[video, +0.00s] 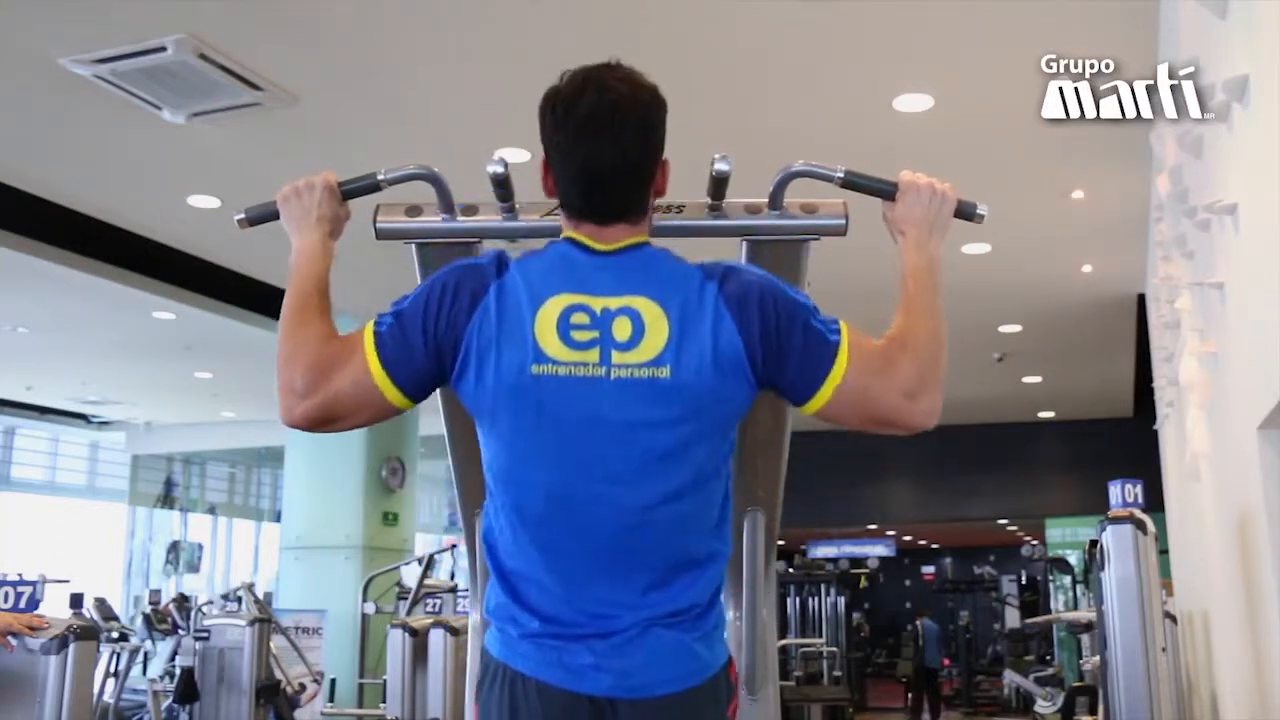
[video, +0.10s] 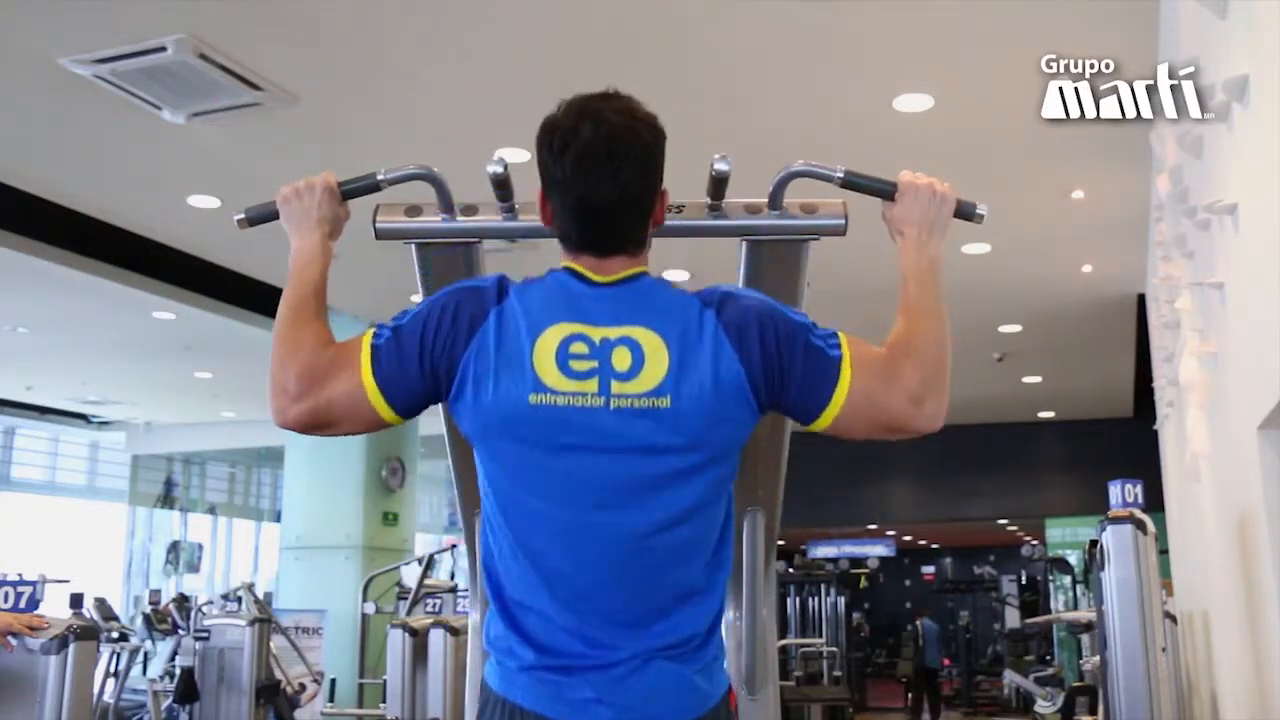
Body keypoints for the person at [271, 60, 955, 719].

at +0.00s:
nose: (664, 168)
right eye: (662, 157)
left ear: (545, 179)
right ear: (663, 179)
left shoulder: (478, 299)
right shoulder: (734, 304)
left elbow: (306, 397)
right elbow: (910, 399)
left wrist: (310, 241)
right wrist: (921, 242)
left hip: (527, 679)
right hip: (680, 680)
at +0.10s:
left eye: (540, 183)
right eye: (661, 186)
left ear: (542, 206)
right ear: (662, 207)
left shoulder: (477, 322)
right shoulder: (734, 330)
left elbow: (299, 397)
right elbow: (916, 401)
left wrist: (309, 245)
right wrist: (922, 244)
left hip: (526, 693)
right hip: (683, 693)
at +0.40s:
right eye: (660, 283)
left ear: (542, 306)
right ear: (663, 307)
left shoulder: (473, 408)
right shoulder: (732, 423)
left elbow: (297, 401)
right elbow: (913, 407)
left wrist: (310, 246)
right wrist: (920, 246)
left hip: (523, 711)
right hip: (682, 712)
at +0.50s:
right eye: (661, 325)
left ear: (540, 348)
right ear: (662, 350)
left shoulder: (472, 439)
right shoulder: (731, 456)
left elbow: (303, 403)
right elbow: (906, 409)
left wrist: (311, 245)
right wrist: (920, 244)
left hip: (522, 708)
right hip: (685, 709)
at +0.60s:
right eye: (662, 352)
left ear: (538, 376)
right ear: (662, 379)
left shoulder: (471, 474)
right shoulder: (729, 491)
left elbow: (311, 403)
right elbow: (895, 410)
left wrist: (311, 243)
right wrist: (920, 245)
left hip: (514, 707)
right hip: (685, 708)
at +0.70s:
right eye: (663, 381)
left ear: (536, 408)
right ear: (663, 412)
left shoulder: (475, 500)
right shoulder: (725, 516)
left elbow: (321, 404)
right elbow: (882, 410)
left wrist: (311, 243)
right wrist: (916, 246)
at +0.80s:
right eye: (664, 408)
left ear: (539, 436)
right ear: (665, 441)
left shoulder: (478, 524)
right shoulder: (725, 544)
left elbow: (330, 405)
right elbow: (870, 409)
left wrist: (313, 244)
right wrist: (916, 247)